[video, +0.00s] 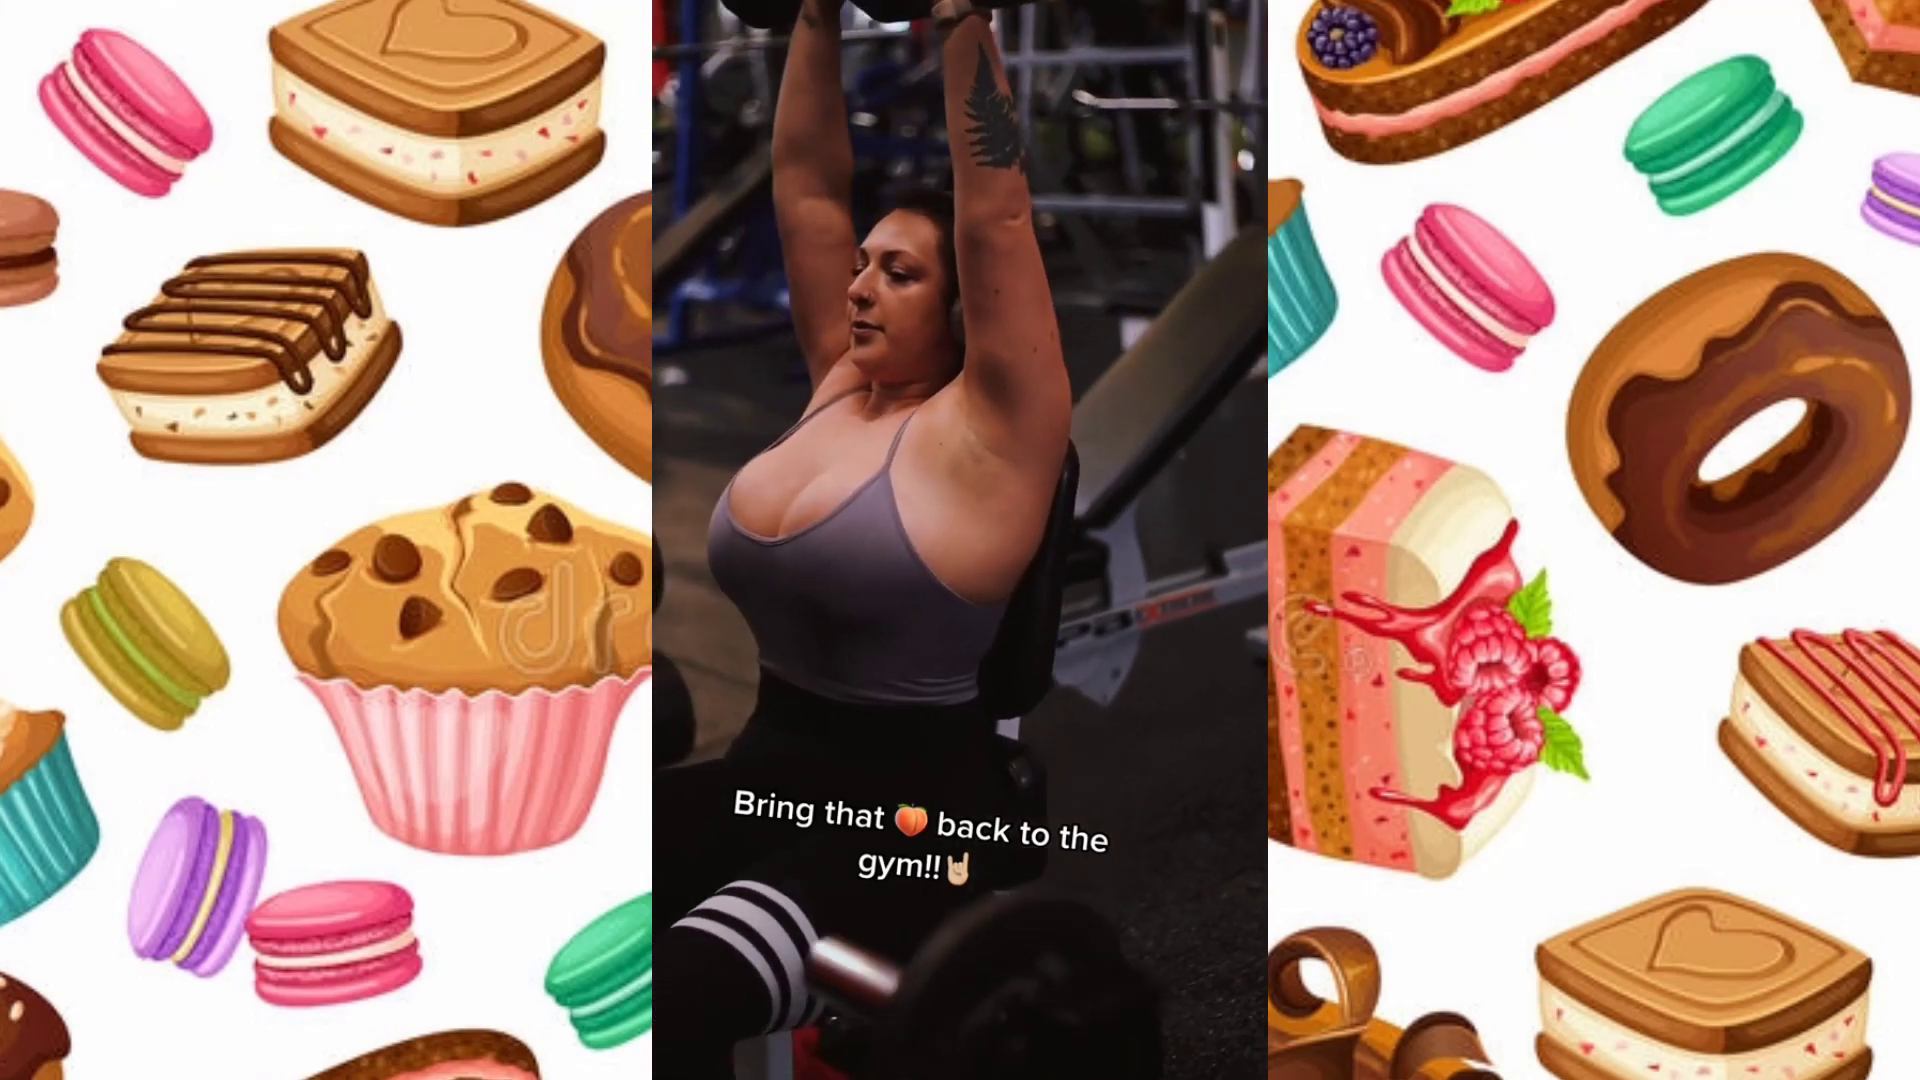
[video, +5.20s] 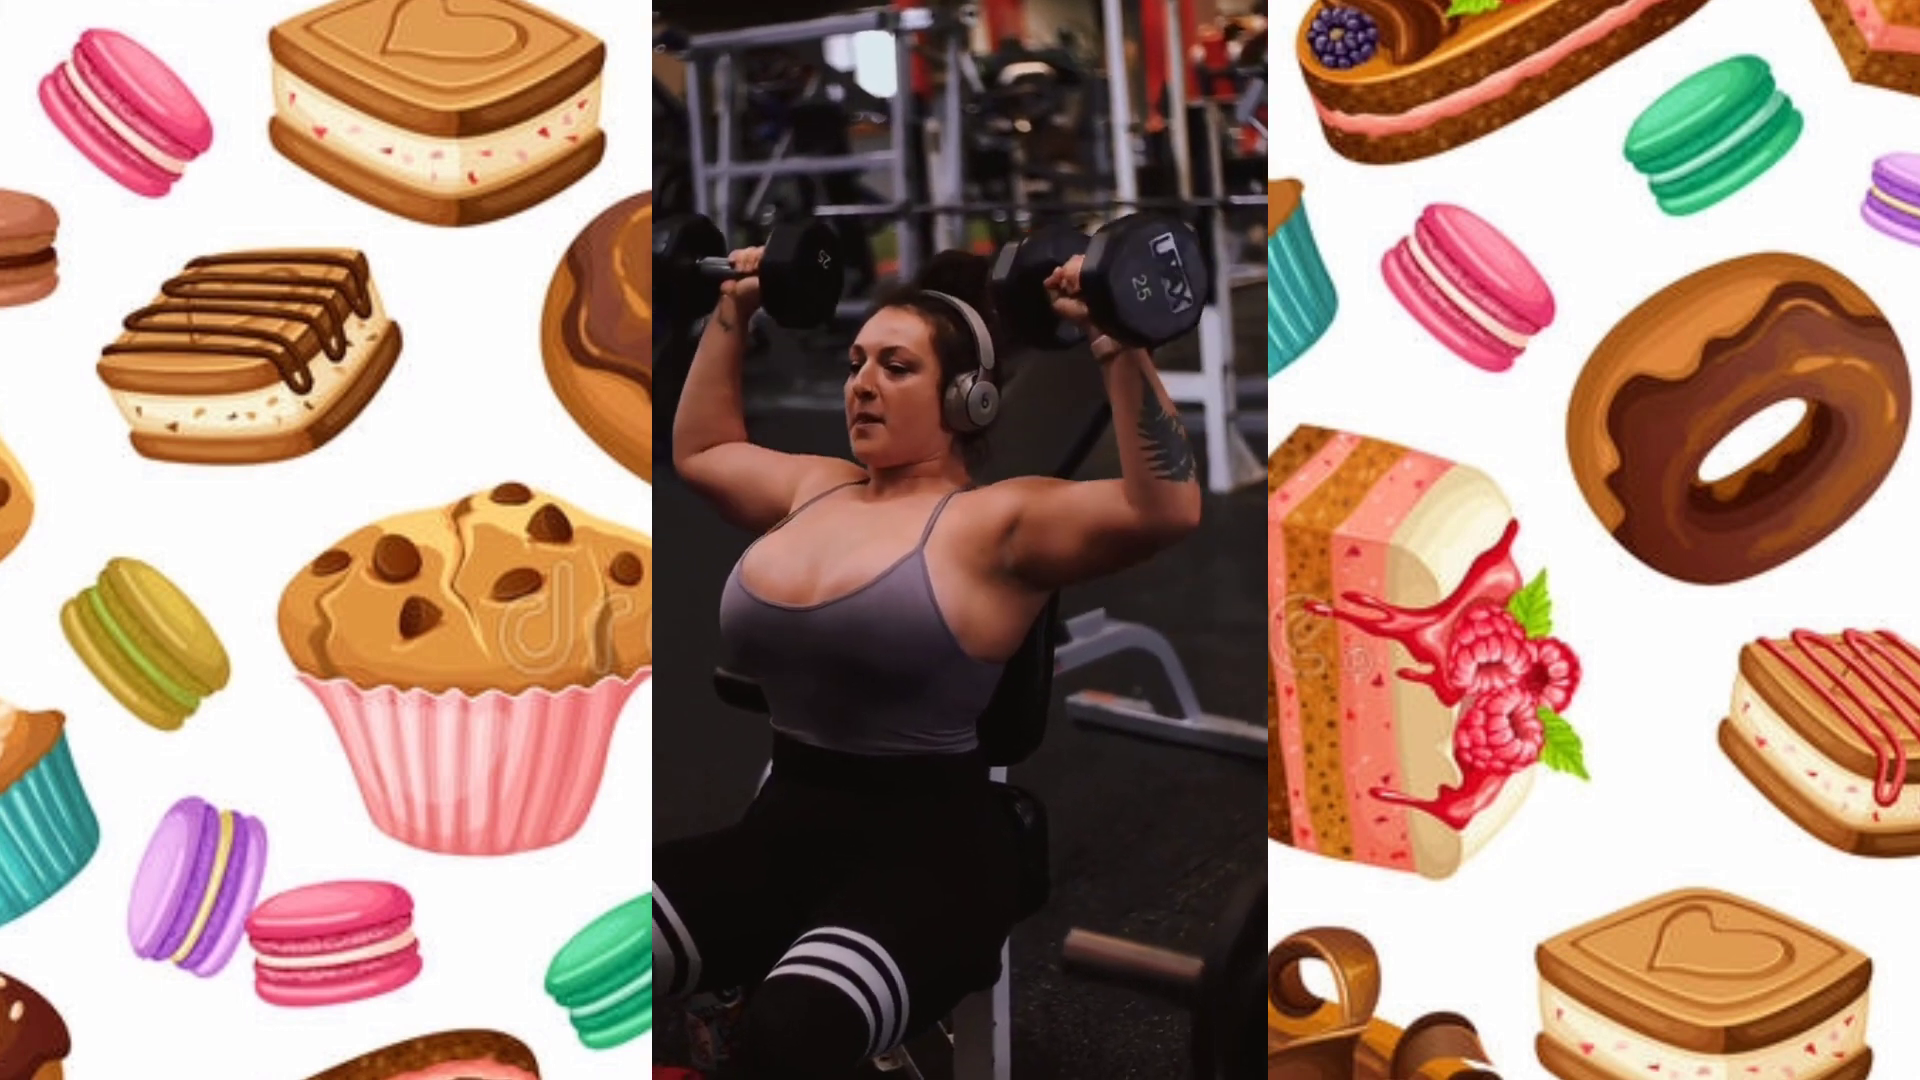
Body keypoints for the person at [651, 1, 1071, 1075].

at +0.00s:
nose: (862, 287)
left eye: (899, 272)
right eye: (863, 265)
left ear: (961, 307)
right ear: (848, 284)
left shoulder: (998, 421)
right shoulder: (841, 383)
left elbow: (998, 215)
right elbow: (809, 185)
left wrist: (962, 21)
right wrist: (816, 9)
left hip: (905, 822)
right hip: (766, 785)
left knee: (663, 998)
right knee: (561, 865)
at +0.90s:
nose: (842, 329)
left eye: (879, 312)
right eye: (839, 310)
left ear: (954, 350)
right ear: (825, 330)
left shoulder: (986, 480)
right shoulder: (804, 431)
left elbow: (1108, 343)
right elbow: (706, 307)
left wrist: (1061, 143)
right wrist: (730, 154)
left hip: (903, 847)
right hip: (755, 826)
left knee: (720, 1044)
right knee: (554, 931)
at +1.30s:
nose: (841, 340)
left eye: (879, 323)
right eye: (839, 318)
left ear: (950, 357)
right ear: (825, 333)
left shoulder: (985, 493)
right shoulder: (800, 452)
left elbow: (1174, 501)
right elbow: (693, 423)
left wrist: (1135, 308)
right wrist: (710, 289)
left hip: (906, 845)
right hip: (759, 823)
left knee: (738, 1037)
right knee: (552, 929)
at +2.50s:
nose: (885, 400)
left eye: (919, 386)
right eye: (884, 383)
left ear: (979, 421)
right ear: (871, 405)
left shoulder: (1009, 523)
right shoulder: (842, 490)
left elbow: (1080, 364)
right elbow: (769, 349)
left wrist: (1036, 201)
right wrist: (773, 201)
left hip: (945, 849)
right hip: (808, 832)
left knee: (810, 1028)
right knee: (605, 945)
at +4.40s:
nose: (857, 429)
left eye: (889, 414)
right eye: (852, 412)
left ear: (954, 445)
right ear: (838, 429)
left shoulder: (985, 566)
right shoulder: (812, 531)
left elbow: (1150, 528)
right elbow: (710, 485)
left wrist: (1096, 369)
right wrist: (736, 358)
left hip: (921, 879)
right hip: (783, 860)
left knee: (790, 1045)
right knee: (596, 972)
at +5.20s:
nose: (862, 383)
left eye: (895, 366)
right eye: (857, 362)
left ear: (964, 396)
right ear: (845, 379)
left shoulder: (998, 522)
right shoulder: (814, 486)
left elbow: (1167, 507)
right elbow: (701, 449)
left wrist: (1117, 341)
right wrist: (731, 311)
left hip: (933, 854)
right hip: (786, 834)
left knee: (787, 1031)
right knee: (587, 947)